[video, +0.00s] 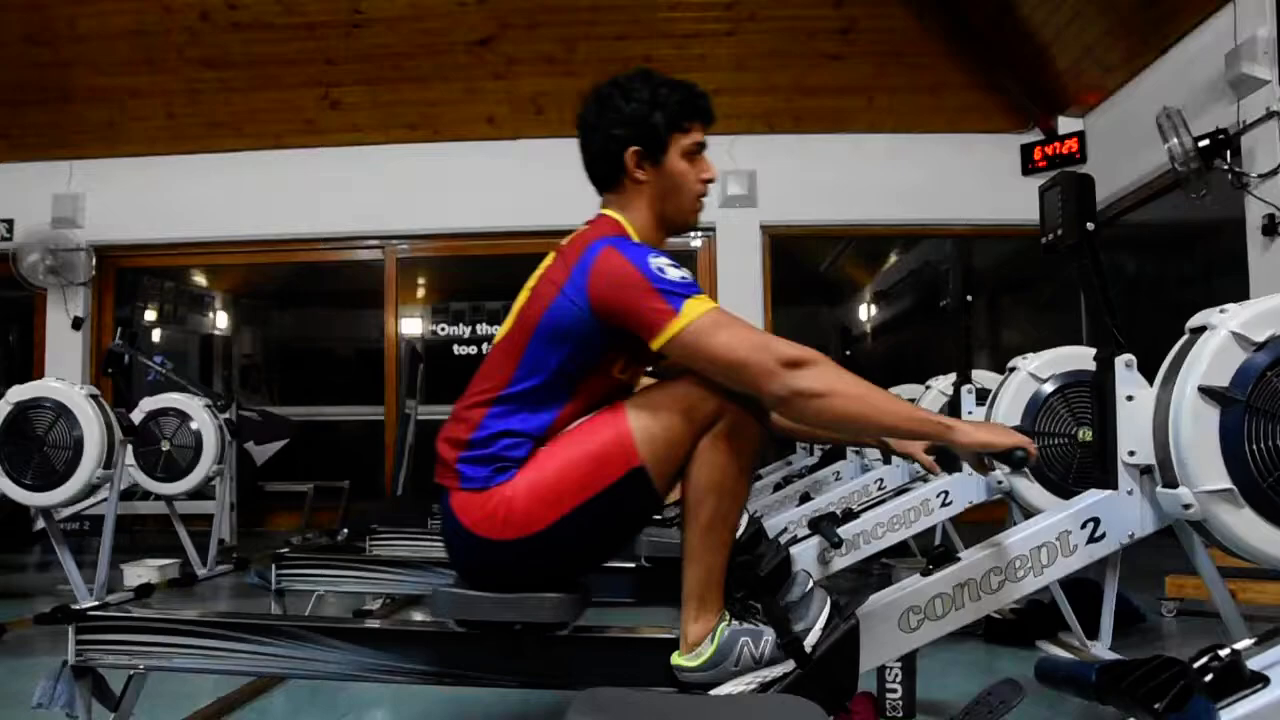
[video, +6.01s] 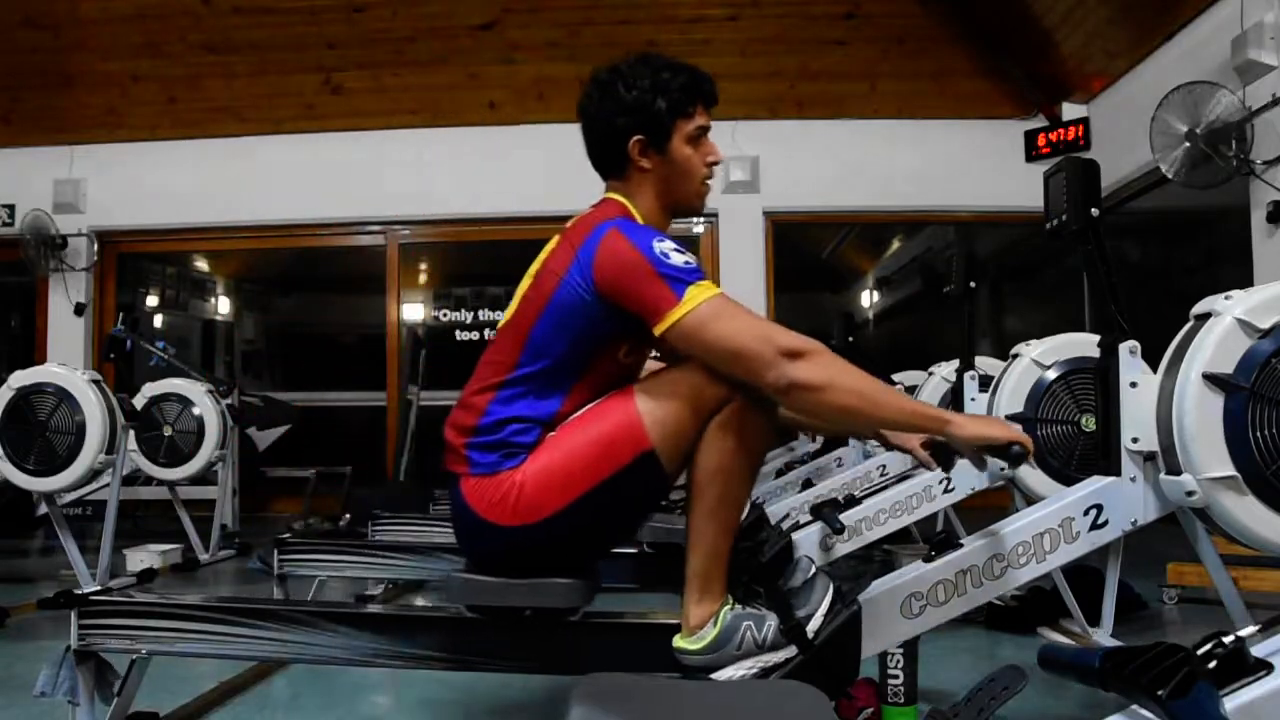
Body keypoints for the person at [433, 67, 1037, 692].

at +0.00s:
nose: (710, 172)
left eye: (707, 154)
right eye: (694, 155)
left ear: (641, 167)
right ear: (638, 164)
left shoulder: (626, 257)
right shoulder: (614, 262)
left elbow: (763, 387)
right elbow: (786, 371)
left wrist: (887, 434)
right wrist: (948, 427)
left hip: (515, 502)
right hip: (498, 516)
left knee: (721, 387)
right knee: (725, 395)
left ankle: (703, 613)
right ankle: (702, 642)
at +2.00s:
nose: (369, 148)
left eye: (368, 130)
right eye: (349, 130)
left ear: (325, 140)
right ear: (287, 137)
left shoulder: (315, 258)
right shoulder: (245, 244)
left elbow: (406, 375)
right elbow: (338, 392)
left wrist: (512, 457)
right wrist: (495, 469)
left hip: (288, 472)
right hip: (229, 488)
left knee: (520, 468)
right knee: (496, 487)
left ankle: (699, 621)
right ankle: (696, 644)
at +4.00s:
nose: (134, 170)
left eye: (132, 155)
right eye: (112, 157)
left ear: (106, 171)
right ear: (52, 174)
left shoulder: (126, 278)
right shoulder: (36, 279)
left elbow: (157, 406)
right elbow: (5, 443)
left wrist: (234, 397)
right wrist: (120, 427)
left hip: (221, 467)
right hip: (176, 491)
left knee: (456, 530)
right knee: (432, 539)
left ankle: (701, 623)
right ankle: (694, 641)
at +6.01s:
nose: (716, 154)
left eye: (711, 136)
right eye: (699, 138)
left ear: (644, 154)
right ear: (642, 152)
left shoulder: (630, 239)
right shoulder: (620, 246)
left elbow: (777, 353)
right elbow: (783, 370)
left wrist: (888, 425)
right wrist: (946, 423)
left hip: (527, 488)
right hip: (507, 503)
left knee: (741, 371)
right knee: (734, 380)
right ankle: (704, 622)